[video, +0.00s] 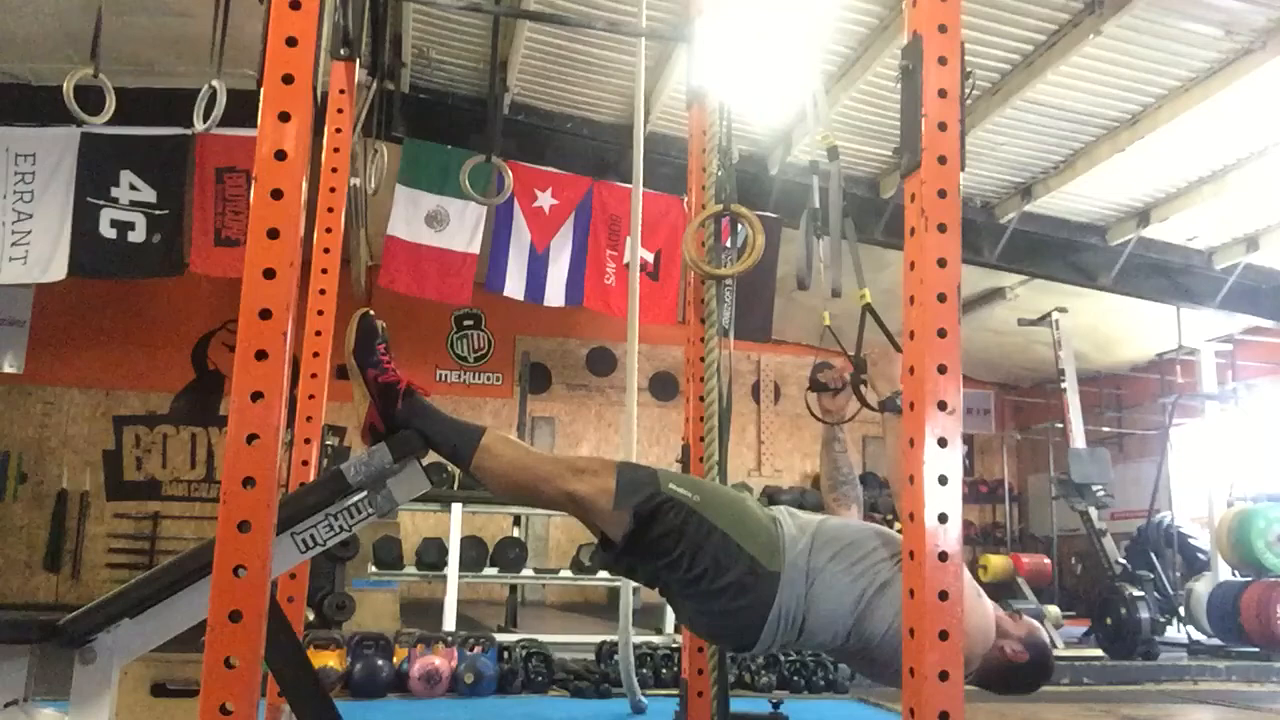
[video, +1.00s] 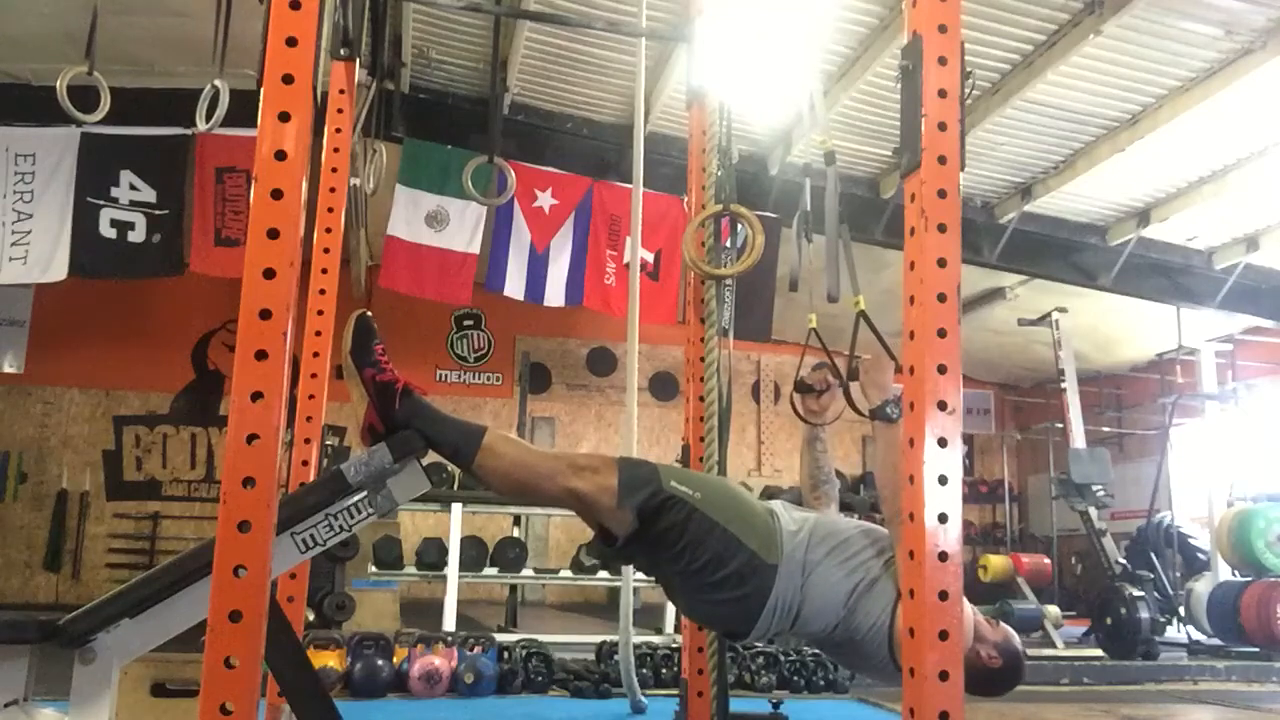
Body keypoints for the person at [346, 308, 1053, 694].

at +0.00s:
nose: (1015, 622)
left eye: (1019, 636)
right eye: (1024, 625)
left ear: (999, 656)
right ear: (1000, 632)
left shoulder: (968, 624)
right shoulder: (936, 621)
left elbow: (929, 537)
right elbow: (847, 512)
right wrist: (835, 415)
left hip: (764, 563)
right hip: (761, 552)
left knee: (596, 482)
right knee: (585, 488)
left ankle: (404, 406)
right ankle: (412, 444)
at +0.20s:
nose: (1008, 625)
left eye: (1014, 638)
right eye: (1017, 628)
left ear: (995, 660)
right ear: (994, 638)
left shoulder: (963, 623)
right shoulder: (930, 637)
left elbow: (930, 528)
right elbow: (858, 519)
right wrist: (832, 417)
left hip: (770, 556)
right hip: (761, 562)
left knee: (607, 476)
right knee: (586, 488)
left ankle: (401, 405)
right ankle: (414, 430)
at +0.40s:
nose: (1002, 629)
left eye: (1008, 643)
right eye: (1013, 632)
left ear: (989, 662)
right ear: (994, 635)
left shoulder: (952, 624)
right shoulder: (929, 636)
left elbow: (926, 537)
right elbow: (880, 515)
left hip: (767, 553)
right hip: (759, 545)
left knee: (598, 473)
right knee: (586, 479)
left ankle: (401, 406)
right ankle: (415, 430)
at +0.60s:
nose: (997, 630)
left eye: (1003, 646)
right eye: (1008, 631)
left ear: (983, 668)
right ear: (991, 623)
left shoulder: (943, 632)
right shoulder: (931, 592)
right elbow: (870, 506)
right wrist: (836, 417)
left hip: (767, 556)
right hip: (759, 548)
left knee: (604, 476)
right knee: (587, 484)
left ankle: (405, 409)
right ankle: (410, 422)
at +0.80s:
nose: (992, 634)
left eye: (997, 652)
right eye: (1002, 634)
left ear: (977, 671)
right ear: (988, 619)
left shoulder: (935, 653)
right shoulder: (938, 596)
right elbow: (915, 510)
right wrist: (894, 419)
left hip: (766, 565)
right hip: (760, 532)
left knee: (608, 478)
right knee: (584, 487)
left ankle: (403, 408)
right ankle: (408, 428)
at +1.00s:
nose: (987, 628)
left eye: (992, 643)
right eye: (998, 632)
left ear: (973, 658)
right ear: (978, 636)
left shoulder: (941, 622)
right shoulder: (919, 641)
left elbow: (924, 516)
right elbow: (910, 511)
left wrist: (903, 414)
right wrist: (896, 419)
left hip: (765, 550)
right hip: (755, 577)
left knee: (598, 477)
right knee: (582, 491)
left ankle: (404, 408)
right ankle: (412, 437)